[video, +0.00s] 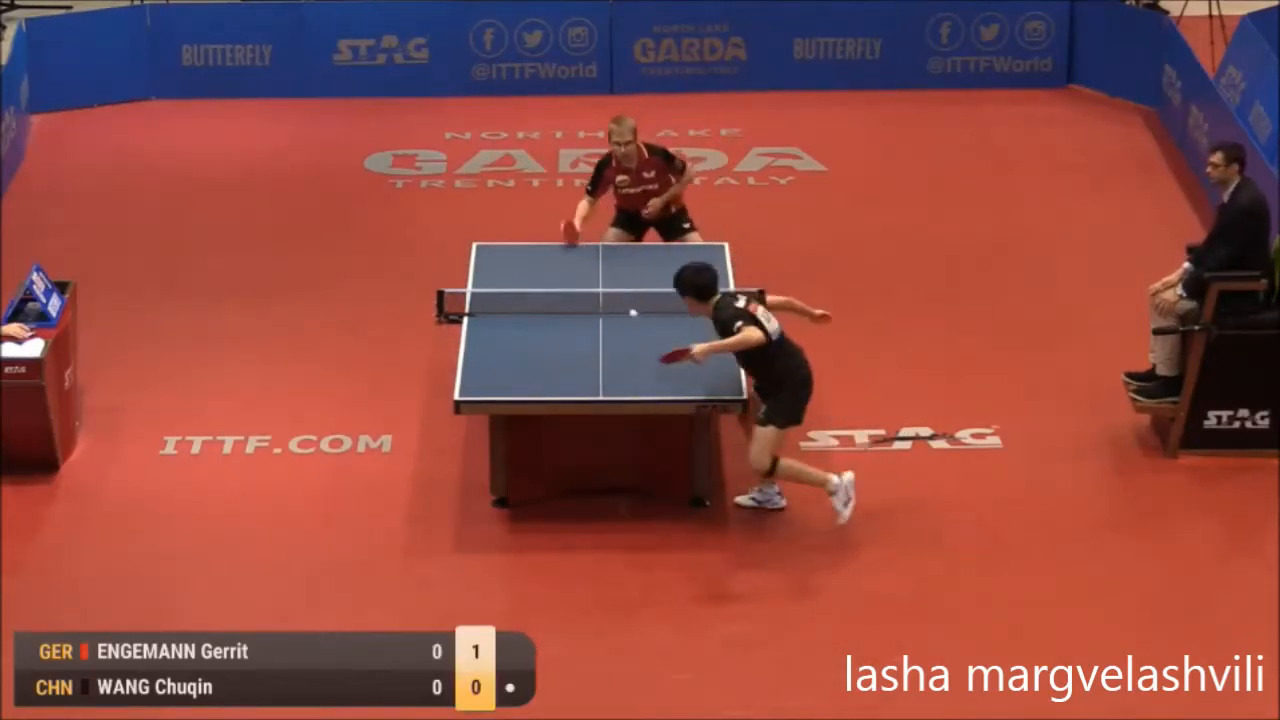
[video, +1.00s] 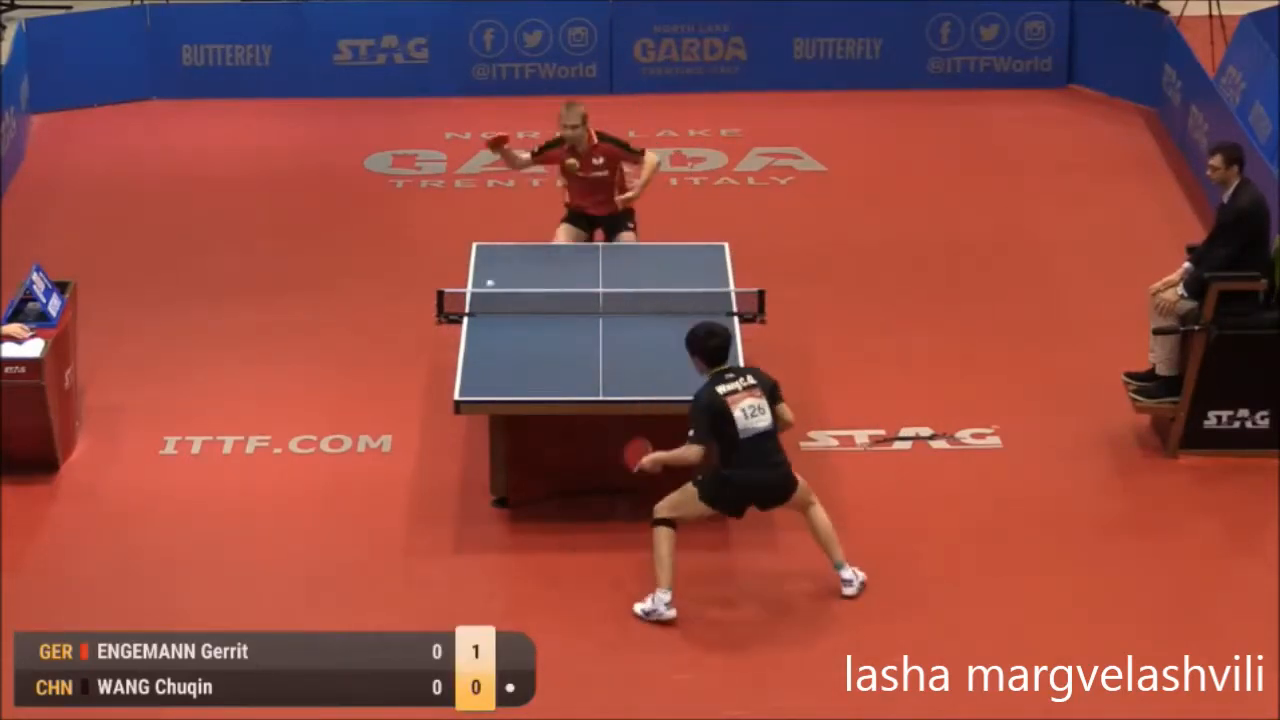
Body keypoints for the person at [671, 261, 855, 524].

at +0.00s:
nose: (684, 303)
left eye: (685, 297)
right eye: (683, 297)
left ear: (694, 299)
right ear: (711, 288)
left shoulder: (726, 314)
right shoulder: (733, 297)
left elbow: (756, 336)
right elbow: (784, 301)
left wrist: (709, 348)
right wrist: (812, 313)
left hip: (789, 381)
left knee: (760, 461)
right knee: (758, 425)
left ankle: (835, 484)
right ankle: (768, 490)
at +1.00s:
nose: (691, 360)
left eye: (691, 356)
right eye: (693, 354)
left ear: (697, 359)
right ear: (728, 350)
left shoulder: (706, 397)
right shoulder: (757, 377)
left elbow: (694, 454)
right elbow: (786, 419)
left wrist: (659, 458)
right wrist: (756, 434)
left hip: (732, 482)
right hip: (776, 477)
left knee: (663, 513)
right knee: (810, 504)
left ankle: (662, 600)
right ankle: (846, 574)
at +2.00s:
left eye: (658, 282)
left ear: (653, 287)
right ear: (687, 287)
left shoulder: (639, 325)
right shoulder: (706, 321)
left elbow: (628, 385)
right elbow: (732, 371)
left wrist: (643, 397)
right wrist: (713, 391)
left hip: (653, 417)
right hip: (699, 418)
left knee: (607, 471)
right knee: (722, 482)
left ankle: (589, 550)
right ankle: (742, 559)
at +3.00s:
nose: (495, 320)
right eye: (495, 317)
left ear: (465, 314)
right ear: (493, 322)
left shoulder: (443, 331)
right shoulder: (497, 348)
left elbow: (420, 327)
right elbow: (530, 366)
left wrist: (442, 324)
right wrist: (524, 343)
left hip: (422, 427)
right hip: (459, 435)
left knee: (416, 460)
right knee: (527, 485)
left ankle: (388, 521)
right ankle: (572, 558)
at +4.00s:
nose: (650, 359)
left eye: (648, 355)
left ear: (647, 362)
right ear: (680, 354)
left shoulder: (653, 403)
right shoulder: (703, 377)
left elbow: (652, 461)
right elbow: (728, 415)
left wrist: (613, 484)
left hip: (687, 486)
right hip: (730, 479)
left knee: (629, 547)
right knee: (764, 528)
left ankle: (590, 622)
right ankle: (750, 609)